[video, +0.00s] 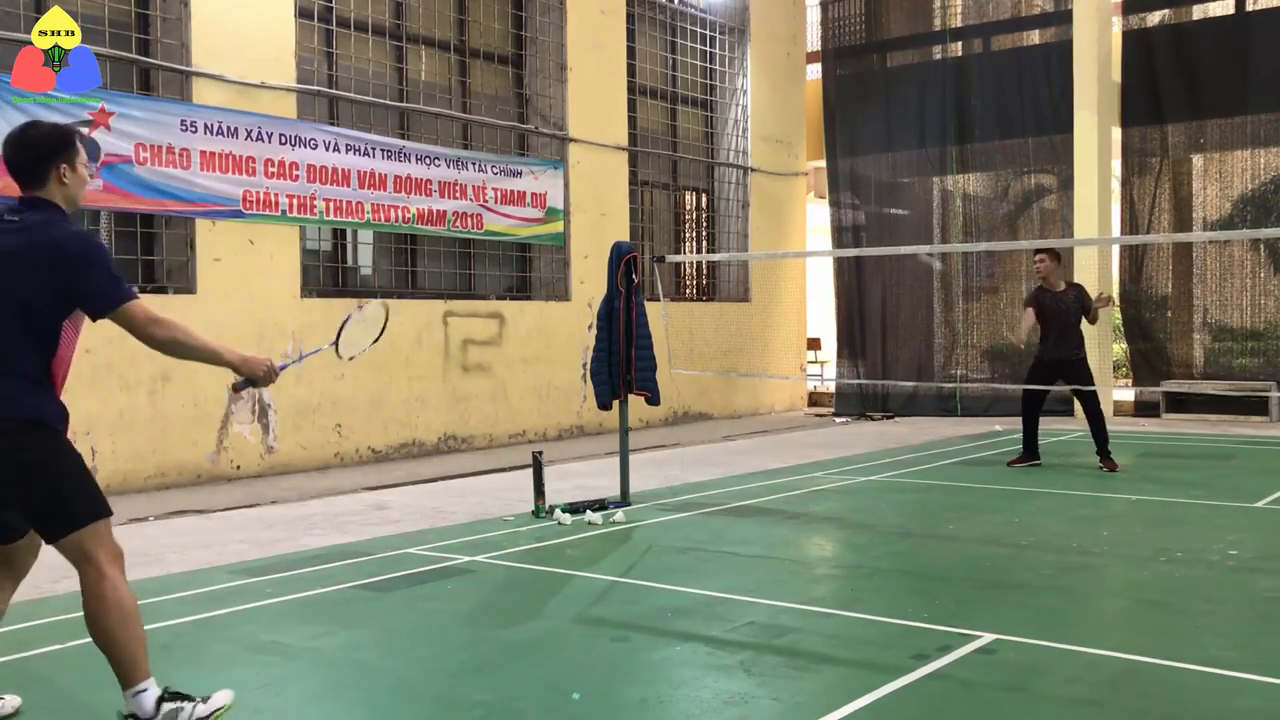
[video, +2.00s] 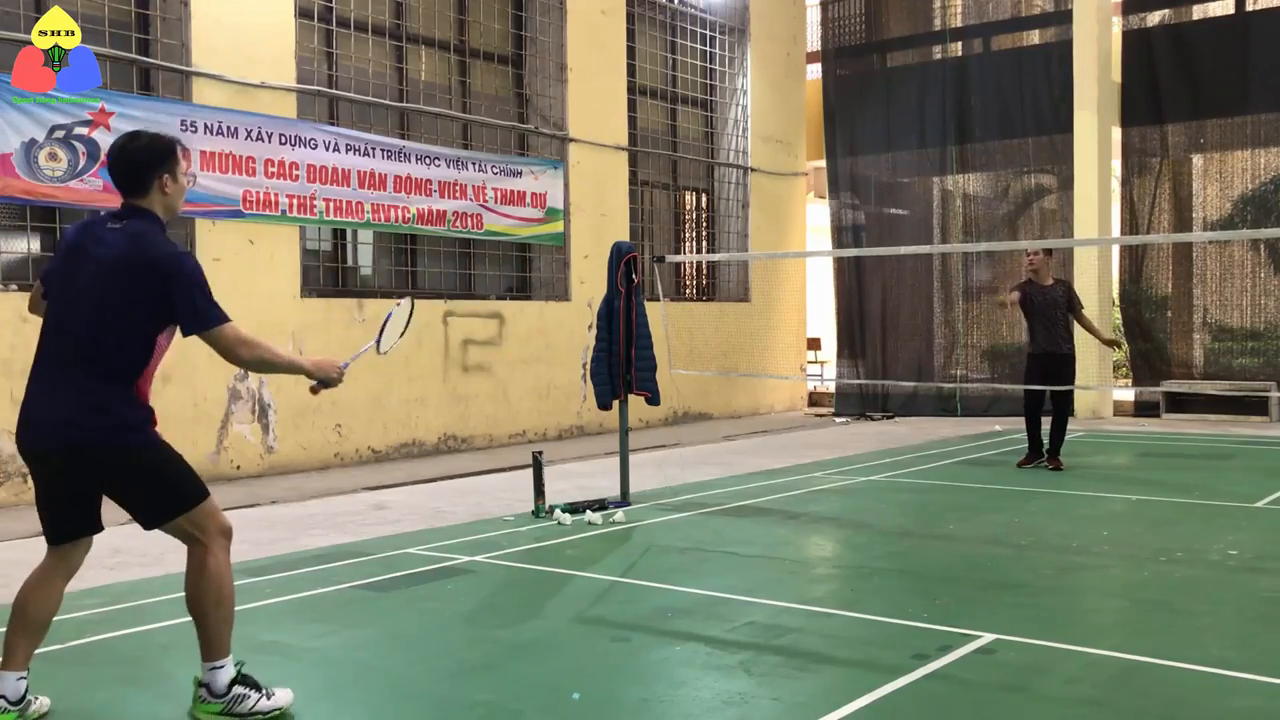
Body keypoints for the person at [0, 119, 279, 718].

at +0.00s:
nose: (89, 177)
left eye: (87, 164)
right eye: (84, 165)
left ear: (24, 176)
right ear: (63, 171)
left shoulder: (8, 226)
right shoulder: (69, 245)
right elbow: (154, 329)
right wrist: (236, 359)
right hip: (24, 425)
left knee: (17, 550)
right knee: (98, 557)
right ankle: (145, 699)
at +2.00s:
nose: (188, 185)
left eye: (186, 174)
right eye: (184, 175)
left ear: (126, 185)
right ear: (163, 182)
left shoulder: (82, 235)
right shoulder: (170, 260)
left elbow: (38, 301)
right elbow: (236, 348)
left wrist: (107, 318)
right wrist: (308, 366)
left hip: (42, 427)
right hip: (111, 430)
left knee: (66, 549)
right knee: (210, 532)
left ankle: (8, 689)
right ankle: (219, 683)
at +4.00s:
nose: (178, 193)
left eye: (176, 181)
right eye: (174, 182)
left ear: (111, 184)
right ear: (154, 187)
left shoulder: (52, 224)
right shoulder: (148, 254)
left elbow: (7, 290)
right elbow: (191, 365)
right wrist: (244, 391)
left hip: (6, 423)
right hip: (63, 431)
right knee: (136, 567)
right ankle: (182, 702)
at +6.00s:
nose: (159, 186)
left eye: (156, 175)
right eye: (155, 175)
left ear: (94, 183)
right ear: (135, 181)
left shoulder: (46, 227)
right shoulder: (131, 250)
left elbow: (25, 310)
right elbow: (191, 344)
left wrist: (95, 343)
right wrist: (265, 377)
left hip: (9, 421)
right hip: (70, 425)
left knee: (12, 561)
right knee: (145, 543)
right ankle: (177, 683)